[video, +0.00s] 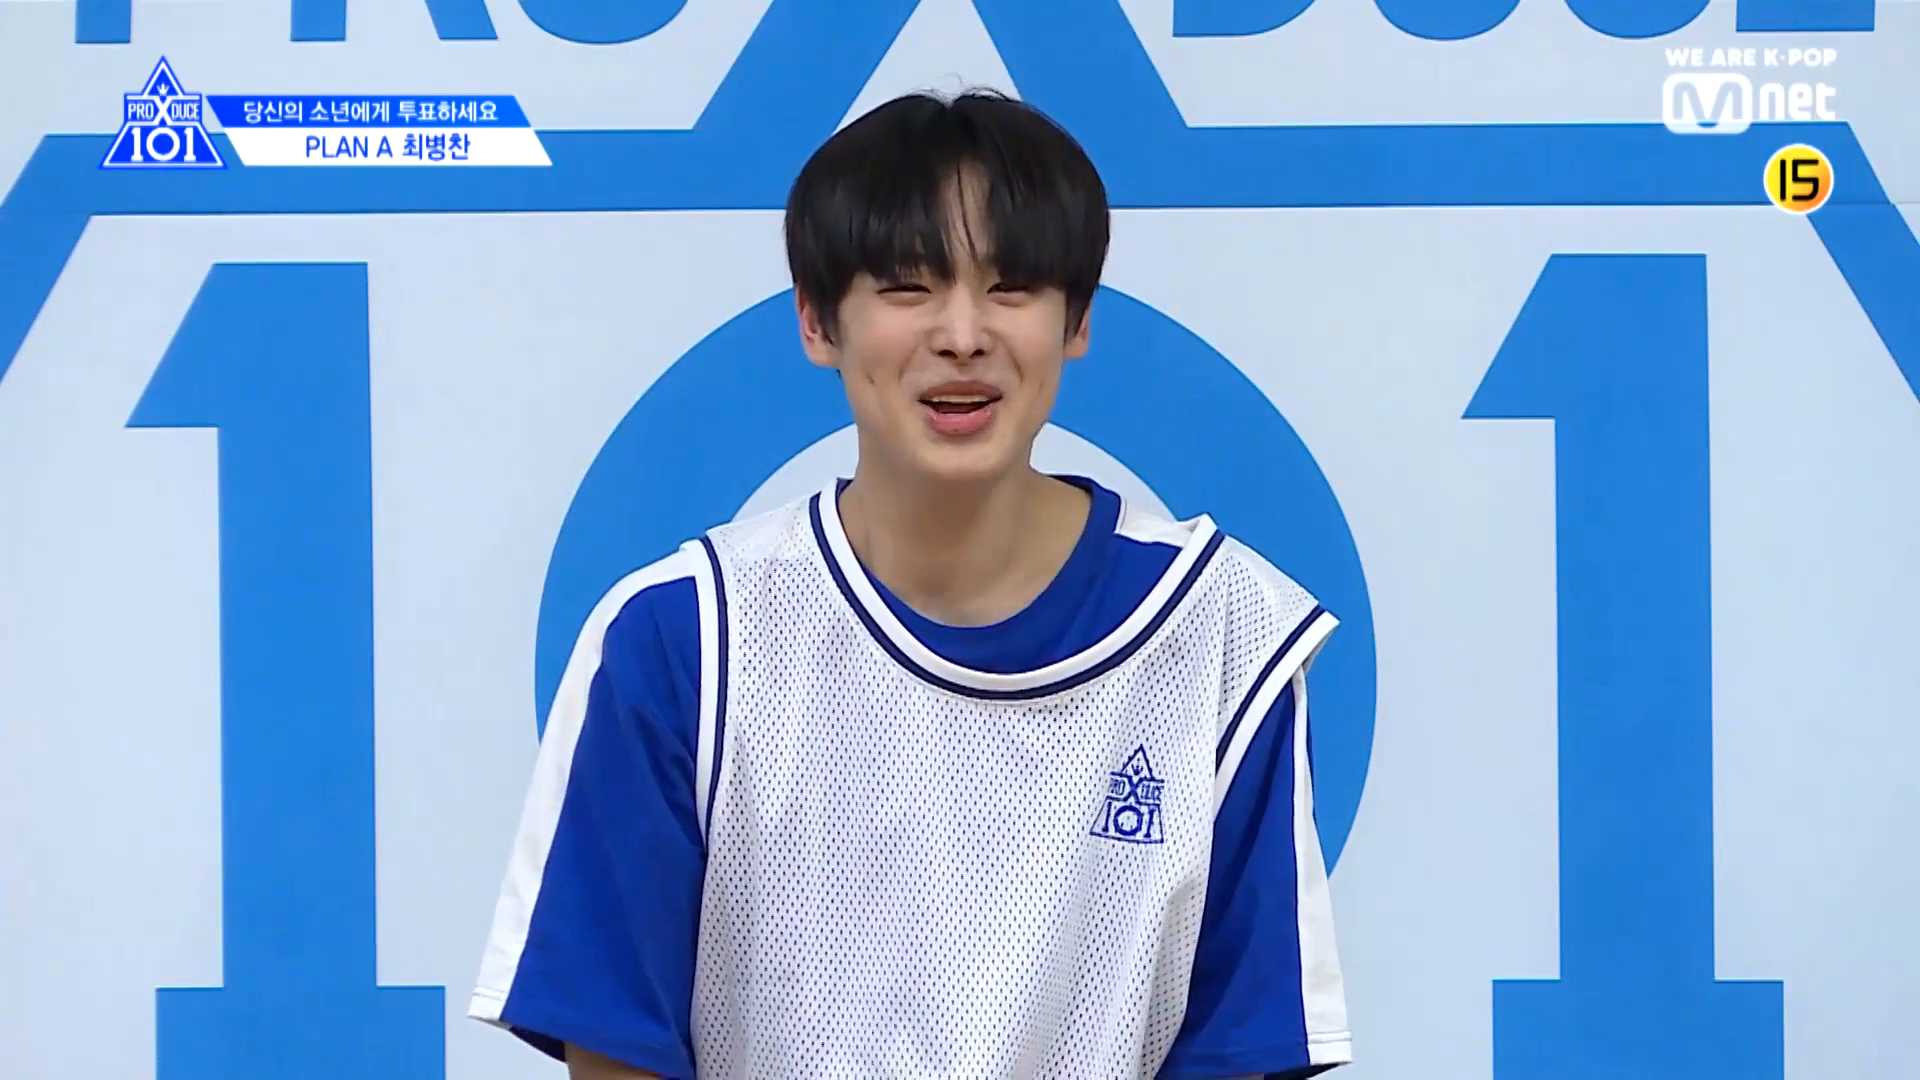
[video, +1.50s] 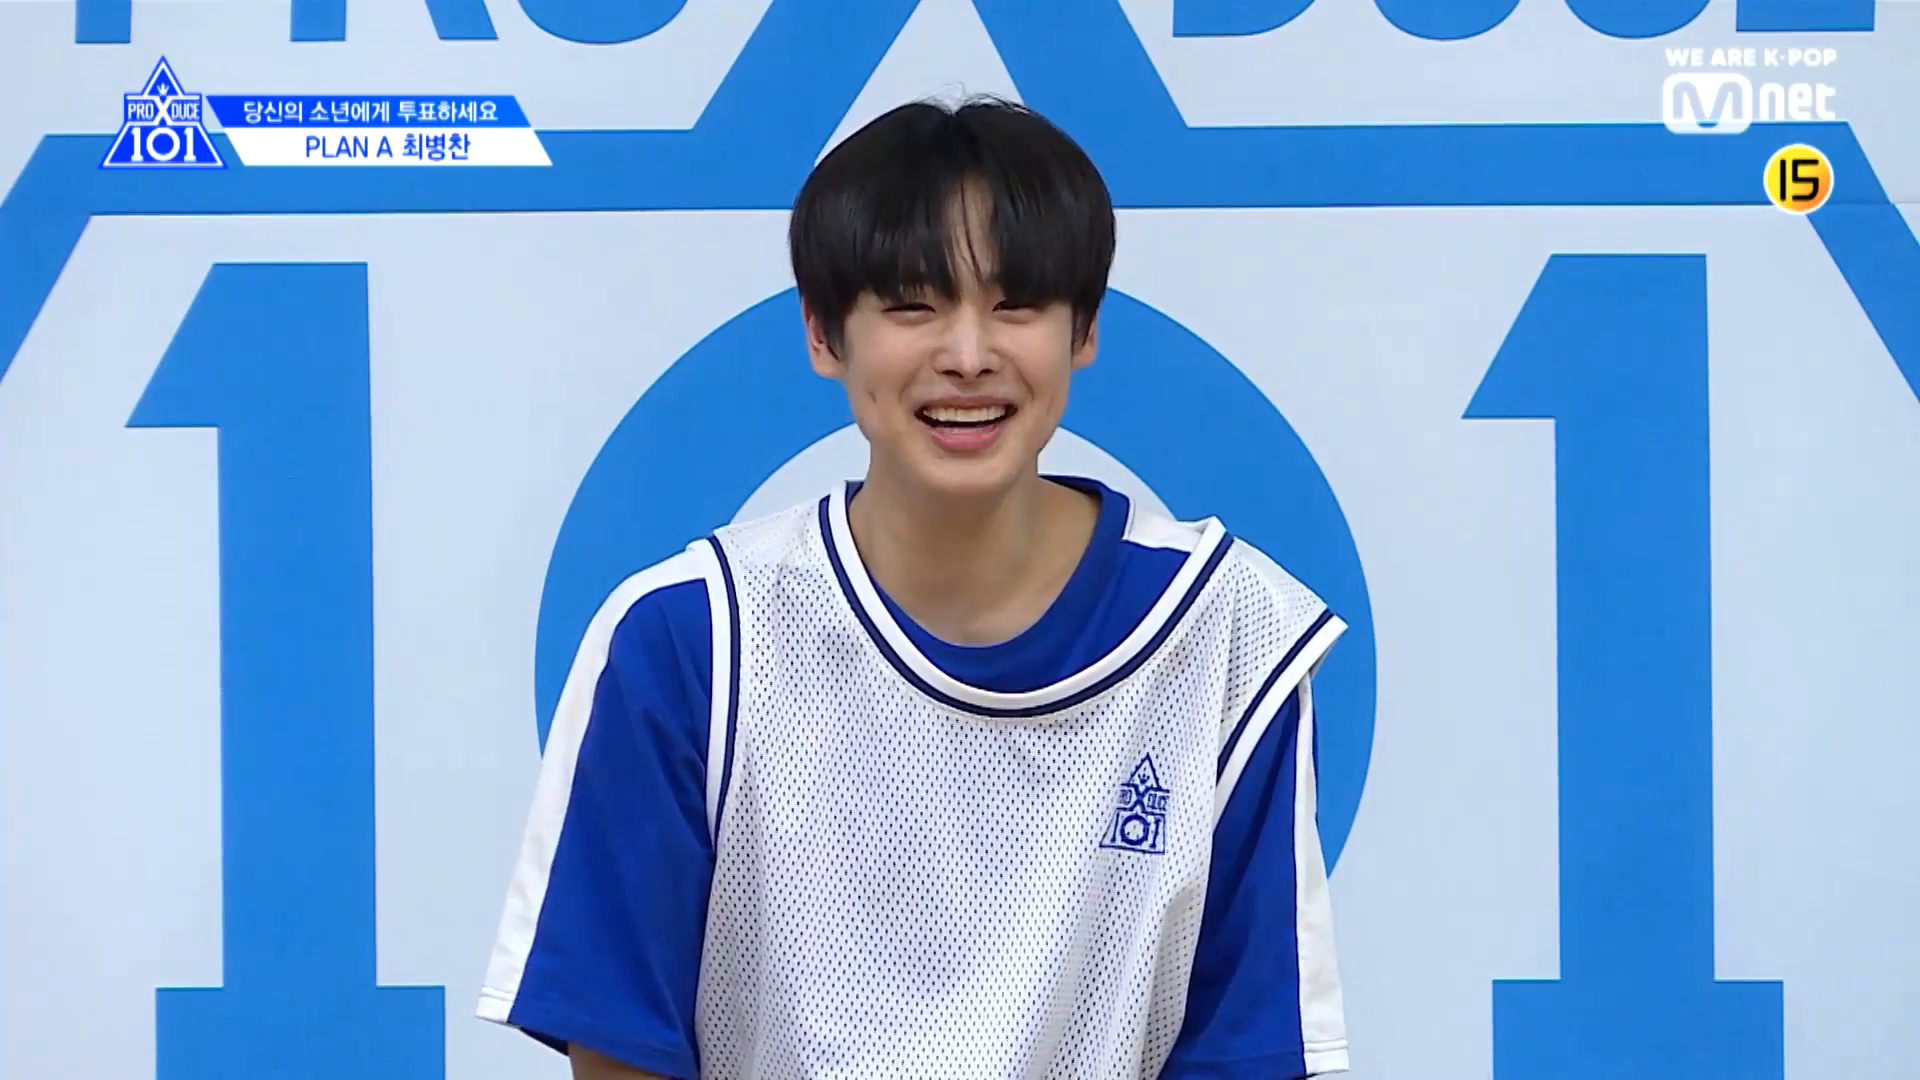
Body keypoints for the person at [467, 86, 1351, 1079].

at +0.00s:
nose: (963, 335)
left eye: (1012, 285)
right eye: (910, 283)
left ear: (1074, 325)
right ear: (821, 323)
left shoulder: (1228, 641)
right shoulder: (673, 643)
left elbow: (1250, 1053)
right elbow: (615, 1049)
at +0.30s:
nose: (955, 332)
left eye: (1003, 284)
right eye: (902, 282)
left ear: (1068, 322)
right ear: (816, 323)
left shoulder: (1228, 636)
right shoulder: (674, 640)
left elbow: (1237, 1051)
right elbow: (619, 1049)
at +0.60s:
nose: (958, 343)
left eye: (1007, 292)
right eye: (904, 290)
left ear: (1070, 330)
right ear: (818, 331)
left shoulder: (1228, 642)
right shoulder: (675, 646)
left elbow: (1251, 1054)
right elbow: (617, 1050)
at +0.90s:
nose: (956, 356)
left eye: (1006, 303)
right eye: (903, 302)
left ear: (1072, 338)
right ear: (818, 338)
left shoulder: (1228, 646)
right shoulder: (674, 651)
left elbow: (1254, 1054)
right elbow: (608, 1052)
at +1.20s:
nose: (961, 353)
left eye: (1010, 299)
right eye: (905, 298)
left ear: (1073, 333)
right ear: (820, 335)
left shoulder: (1225, 642)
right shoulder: (673, 647)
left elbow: (1248, 1054)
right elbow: (615, 1049)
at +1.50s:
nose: (968, 356)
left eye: (1019, 302)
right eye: (914, 302)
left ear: (1081, 338)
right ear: (828, 338)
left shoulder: (1230, 643)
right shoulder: (680, 646)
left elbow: (1252, 1052)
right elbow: (620, 1049)